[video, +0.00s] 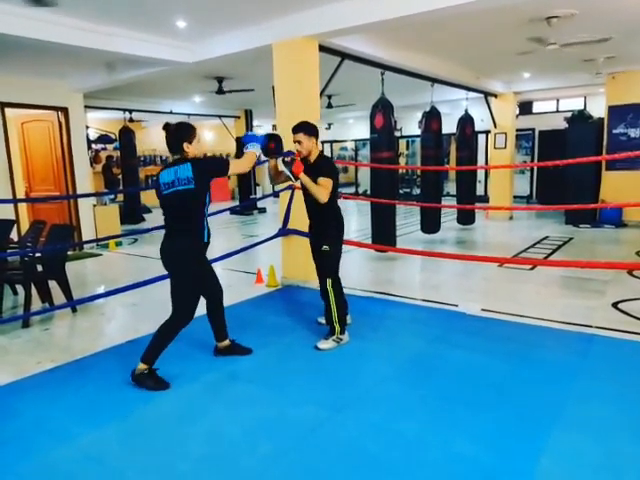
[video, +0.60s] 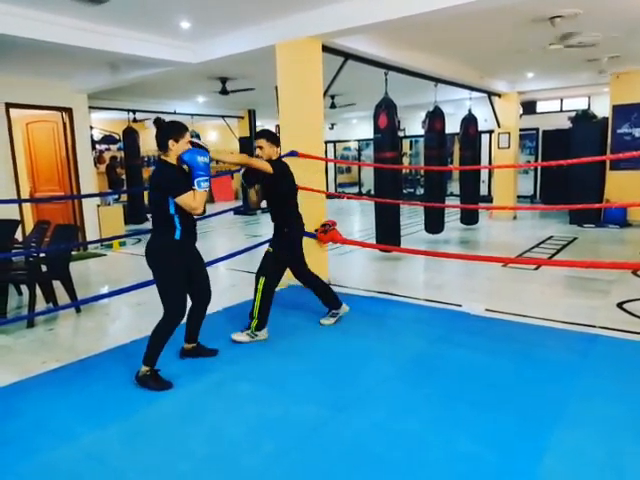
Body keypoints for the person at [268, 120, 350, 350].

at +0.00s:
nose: (296, 147)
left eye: (300, 142)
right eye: (295, 143)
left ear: (314, 141)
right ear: (296, 144)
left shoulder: (327, 165)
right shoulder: (303, 164)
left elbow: (323, 195)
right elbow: (277, 179)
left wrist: (300, 174)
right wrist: (273, 160)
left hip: (329, 226)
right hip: (316, 225)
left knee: (329, 278)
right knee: (325, 275)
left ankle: (338, 332)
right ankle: (339, 313)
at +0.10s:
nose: (294, 147)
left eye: (297, 142)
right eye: (293, 143)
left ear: (311, 141)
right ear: (304, 143)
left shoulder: (321, 163)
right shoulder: (305, 164)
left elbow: (304, 186)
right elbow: (283, 186)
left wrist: (280, 167)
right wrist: (278, 169)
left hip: (328, 227)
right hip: (316, 226)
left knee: (327, 278)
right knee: (325, 275)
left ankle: (339, 332)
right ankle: (339, 313)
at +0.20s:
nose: (292, 147)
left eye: (295, 142)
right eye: (291, 143)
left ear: (308, 141)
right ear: (301, 143)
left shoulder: (314, 162)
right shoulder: (307, 164)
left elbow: (281, 165)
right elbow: (288, 192)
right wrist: (282, 170)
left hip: (323, 225)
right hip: (318, 224)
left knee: (317, 277)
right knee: (326, 271)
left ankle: (337, 331)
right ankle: (343, 313)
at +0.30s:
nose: (287, 147)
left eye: (290, 142)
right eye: (286, 143)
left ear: (303, 141)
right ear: (300, 143)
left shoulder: (305, 161)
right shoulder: (305, 164)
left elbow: (269, 159)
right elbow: (288, 195)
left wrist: (236, 157)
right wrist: (281, 175)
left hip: (317, 223)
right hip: (318, 221)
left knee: (301, 273)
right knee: (325, 269)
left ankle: (325, 324)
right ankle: (342, 312)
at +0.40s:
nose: (278, 148)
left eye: (281, 143)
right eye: (278, 144)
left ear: (294, 143)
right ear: (290, 144)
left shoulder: (298, 163)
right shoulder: (295, 166)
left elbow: (263, 159)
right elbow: (280, 198)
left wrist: (231, 158)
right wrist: (274, 179)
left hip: (309, 227)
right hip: (314, 225)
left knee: (287, 272)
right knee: (323, 270)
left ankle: (296, 325)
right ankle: (342, 313)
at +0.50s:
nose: (268, 151)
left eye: (272, 146)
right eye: (268, 147)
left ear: (285, 145)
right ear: (281, 147)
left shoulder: (289, 165)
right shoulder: (283, 168)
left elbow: (259, 159)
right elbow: (268, 199)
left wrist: (229, 157)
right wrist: (261, 178)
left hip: (300, 229)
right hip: (303, 227)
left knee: (278, 273)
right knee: (317, 271)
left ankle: (265, 326)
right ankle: (342, 312)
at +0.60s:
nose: (257, 153)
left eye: (260, 148)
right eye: (256, 149)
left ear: (275, 147)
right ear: (264, 150)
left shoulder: (279, 168)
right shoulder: (270, 170)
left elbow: (247, 160)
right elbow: (255, 203)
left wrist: (215, 156)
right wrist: (249, 179)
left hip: (287, 230)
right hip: (287, 228)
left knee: (265, 277)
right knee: (302, 272)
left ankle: (257, 329)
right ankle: (337, 306)